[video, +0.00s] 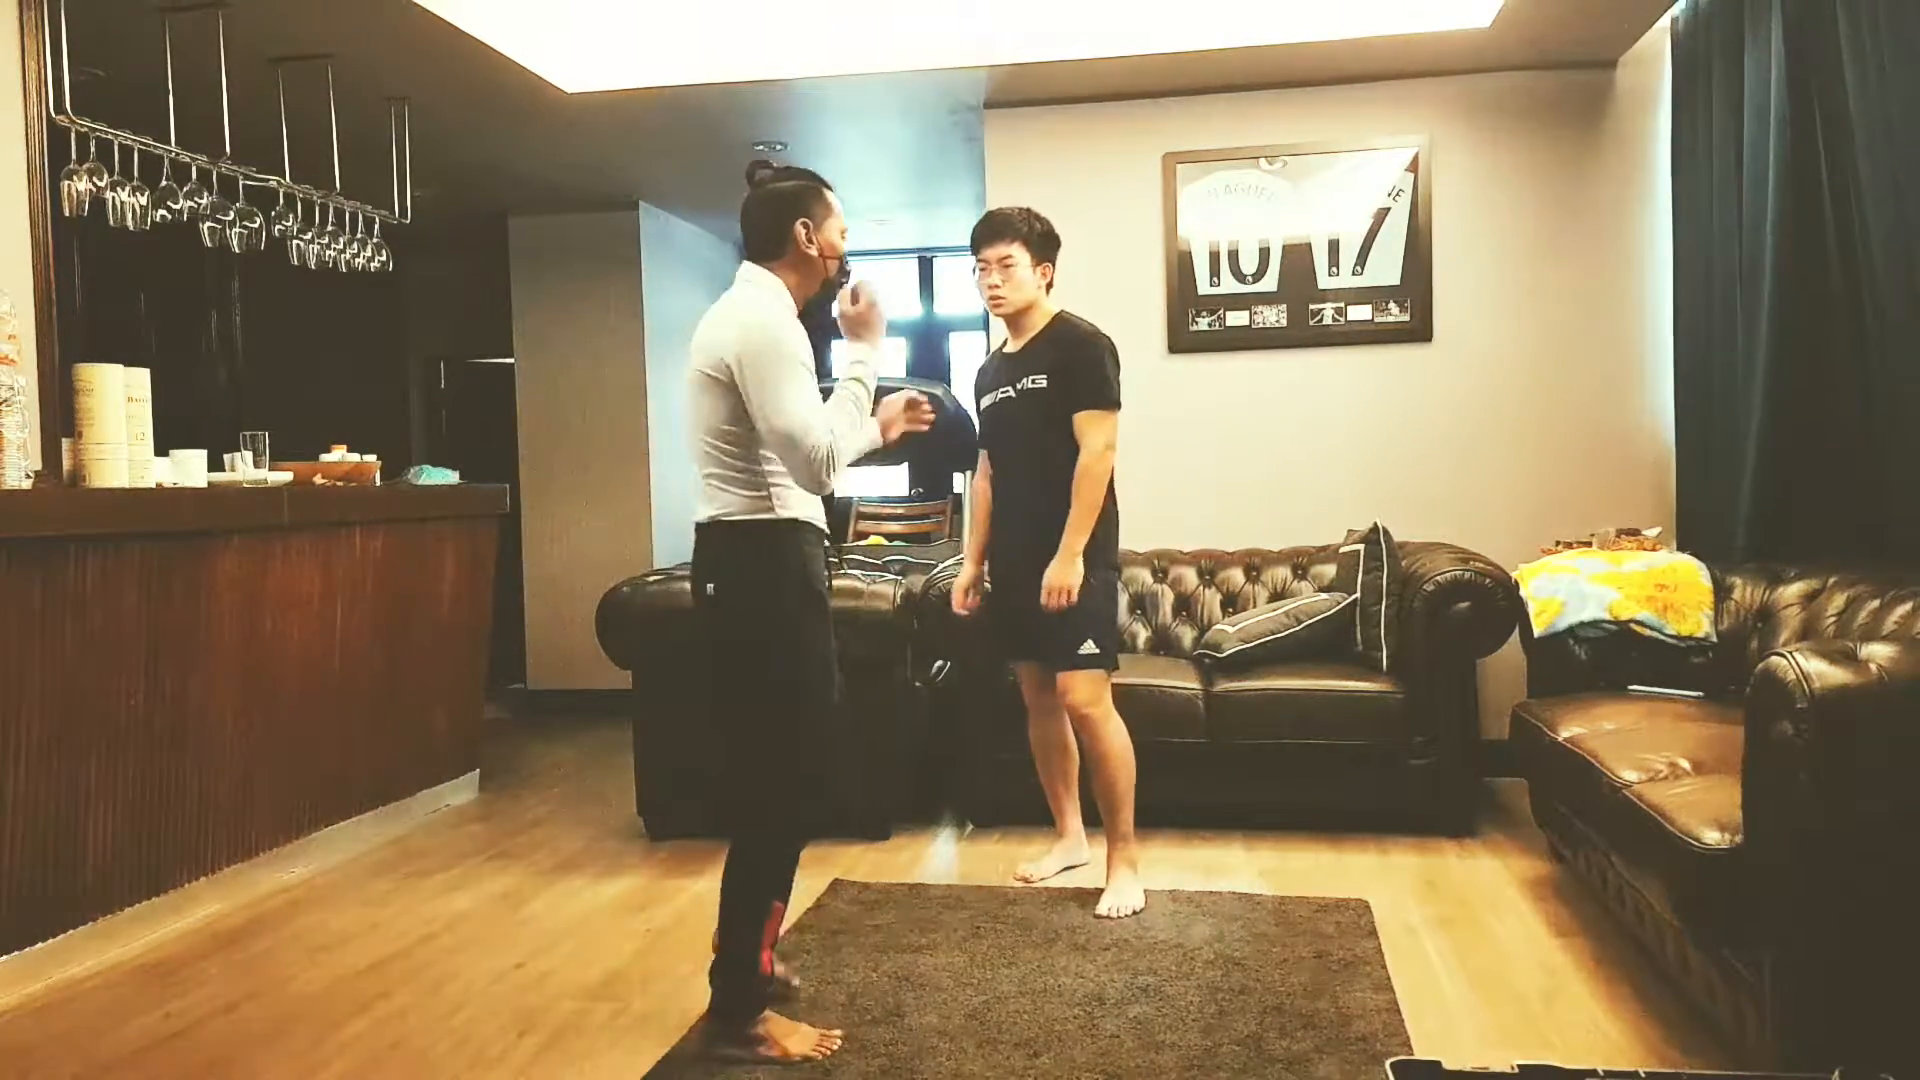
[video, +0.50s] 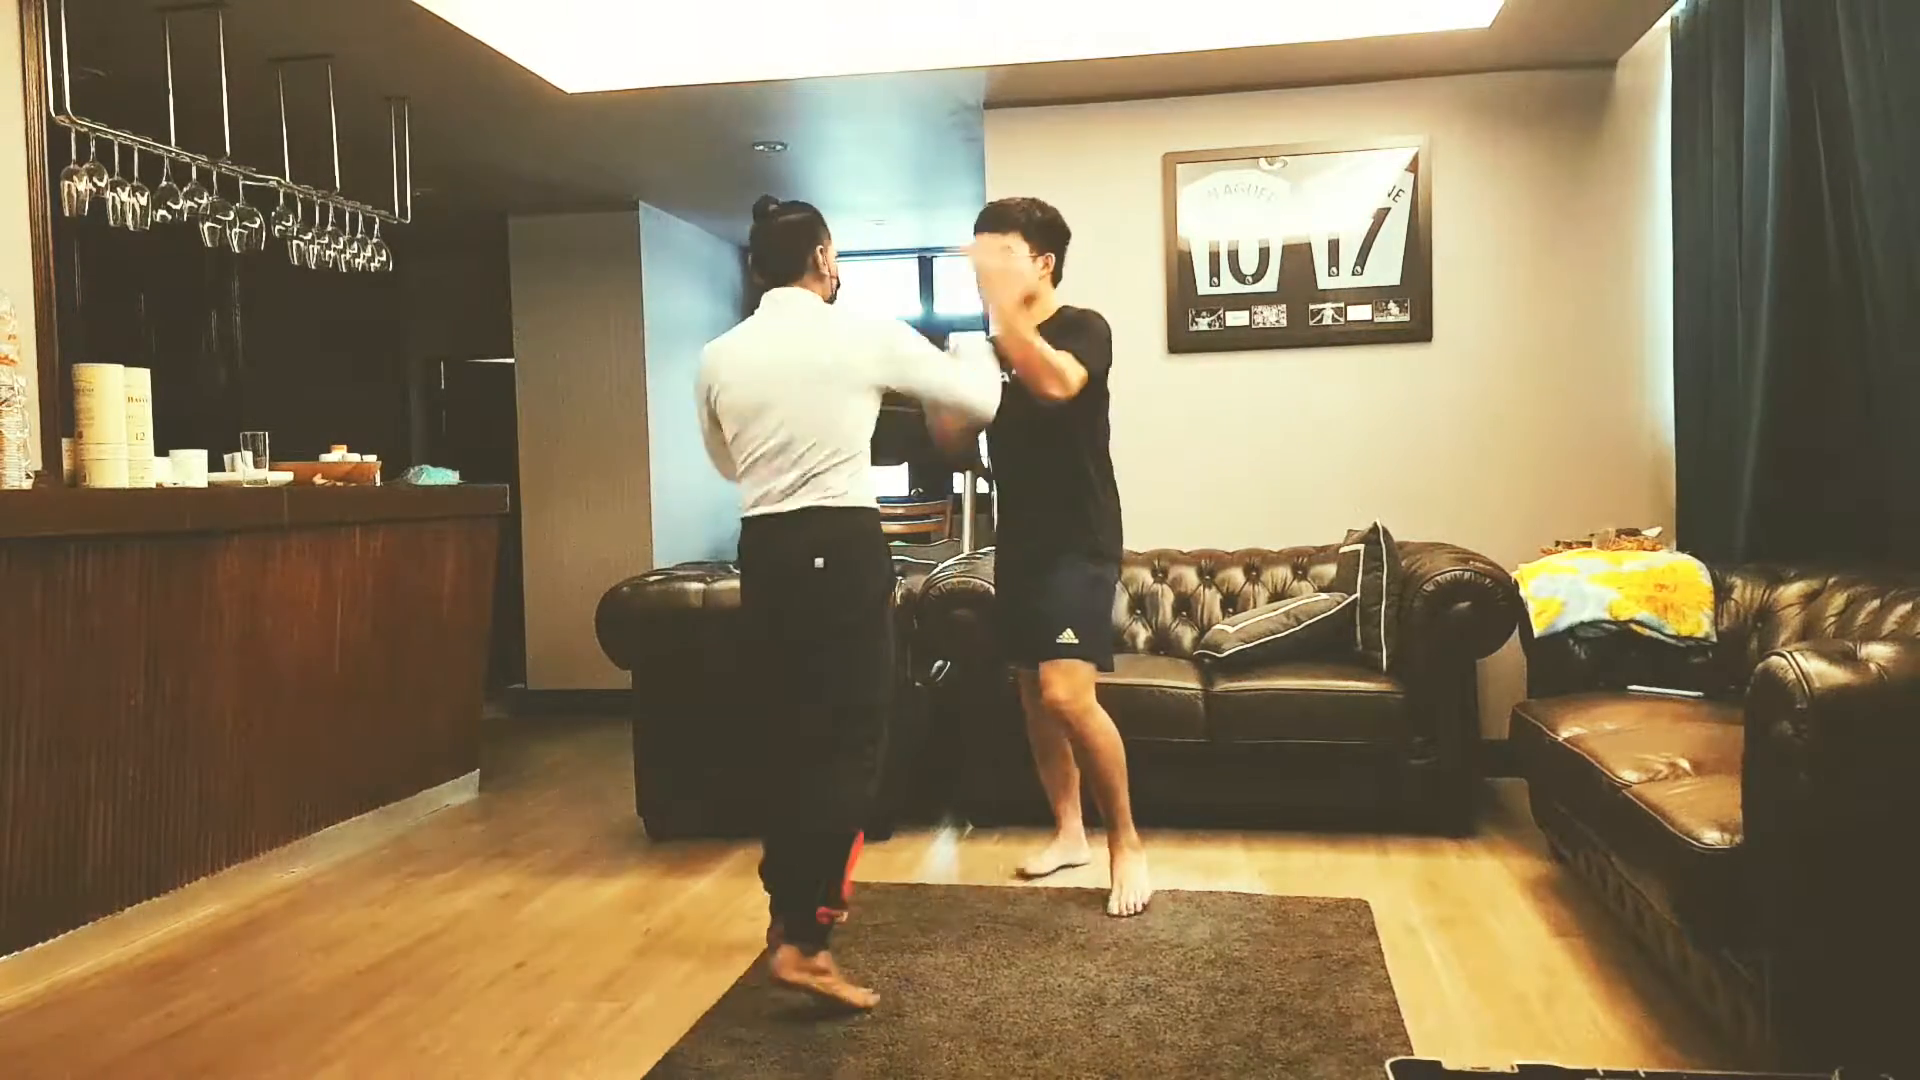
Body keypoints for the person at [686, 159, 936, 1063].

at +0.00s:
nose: (845, 243)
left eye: (841, 229)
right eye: (837, 228)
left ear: (784, 236)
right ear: (804, 233)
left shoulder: (756, 312)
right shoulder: (763, 317)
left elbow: (796, 450)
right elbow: (820, 450)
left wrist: (878, 432)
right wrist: (861, 355)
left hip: (762, 551)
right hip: (764, 555)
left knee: (783, 772)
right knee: (779, 777)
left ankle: (749, 965)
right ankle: (736, 1015)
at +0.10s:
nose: (858, 256)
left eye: (855, 242)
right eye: (850, 240)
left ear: (800, 243)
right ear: (818, 241)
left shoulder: (778, 325)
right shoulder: (761, 323)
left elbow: (811, 449)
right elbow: (800, 448)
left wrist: (898, 446)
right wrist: (857, 354)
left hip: (786, 556)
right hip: (770, 560)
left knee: (792, 774)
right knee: (786, 781)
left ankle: (752, 950)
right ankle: (737, 1014)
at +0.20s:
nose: (865, 260)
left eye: (861, 244)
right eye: (859, 245)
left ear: (805, 251)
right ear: (830, 251)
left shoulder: (797, 334)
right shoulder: (762, 334)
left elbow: (824, 424)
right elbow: (786, 448)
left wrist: (876, 390)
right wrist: (867, 391)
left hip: (800, 553)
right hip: (778, 559)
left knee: (806, 741)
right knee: (788, 771)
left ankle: (781, 889)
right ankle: (736, 1010)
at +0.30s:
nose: (868, 269)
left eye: (864, 254)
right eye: (862, 253)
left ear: (803, 258)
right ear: (837, 257)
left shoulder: (800, 339)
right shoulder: (786, 345)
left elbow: (813, 447)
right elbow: (805, 460)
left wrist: (861, 389)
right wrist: (873, 391)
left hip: (807, 555)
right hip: (791, 560)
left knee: (814, 737)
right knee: (799, 763)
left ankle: (795, 895)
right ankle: (736, 999)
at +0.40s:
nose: (852, 270)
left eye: (847, 256)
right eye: (845, 257)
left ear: (776, 268)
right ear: (823, 264)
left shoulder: (732, 349)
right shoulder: (825, 351)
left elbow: (776, 448)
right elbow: (900, 450)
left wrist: (869, 387)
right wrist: (919, 377)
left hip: (761, 549)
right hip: (827, 551)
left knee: (801, 725)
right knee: (841, 745)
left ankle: (798, 885)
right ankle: (763, 958)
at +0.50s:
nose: (838, 266)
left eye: (832, 253)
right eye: (834, 254)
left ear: (758, 268)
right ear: (820, 261)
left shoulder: (720, 354)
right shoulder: (857, 333)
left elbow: (725, 459)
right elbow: (976, 397)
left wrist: (799, 449)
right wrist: (943, 424)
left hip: (764, 546)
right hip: (845, 540)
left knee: (793, 727)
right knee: (851, 735)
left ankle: (795, 917)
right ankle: (799, 945)